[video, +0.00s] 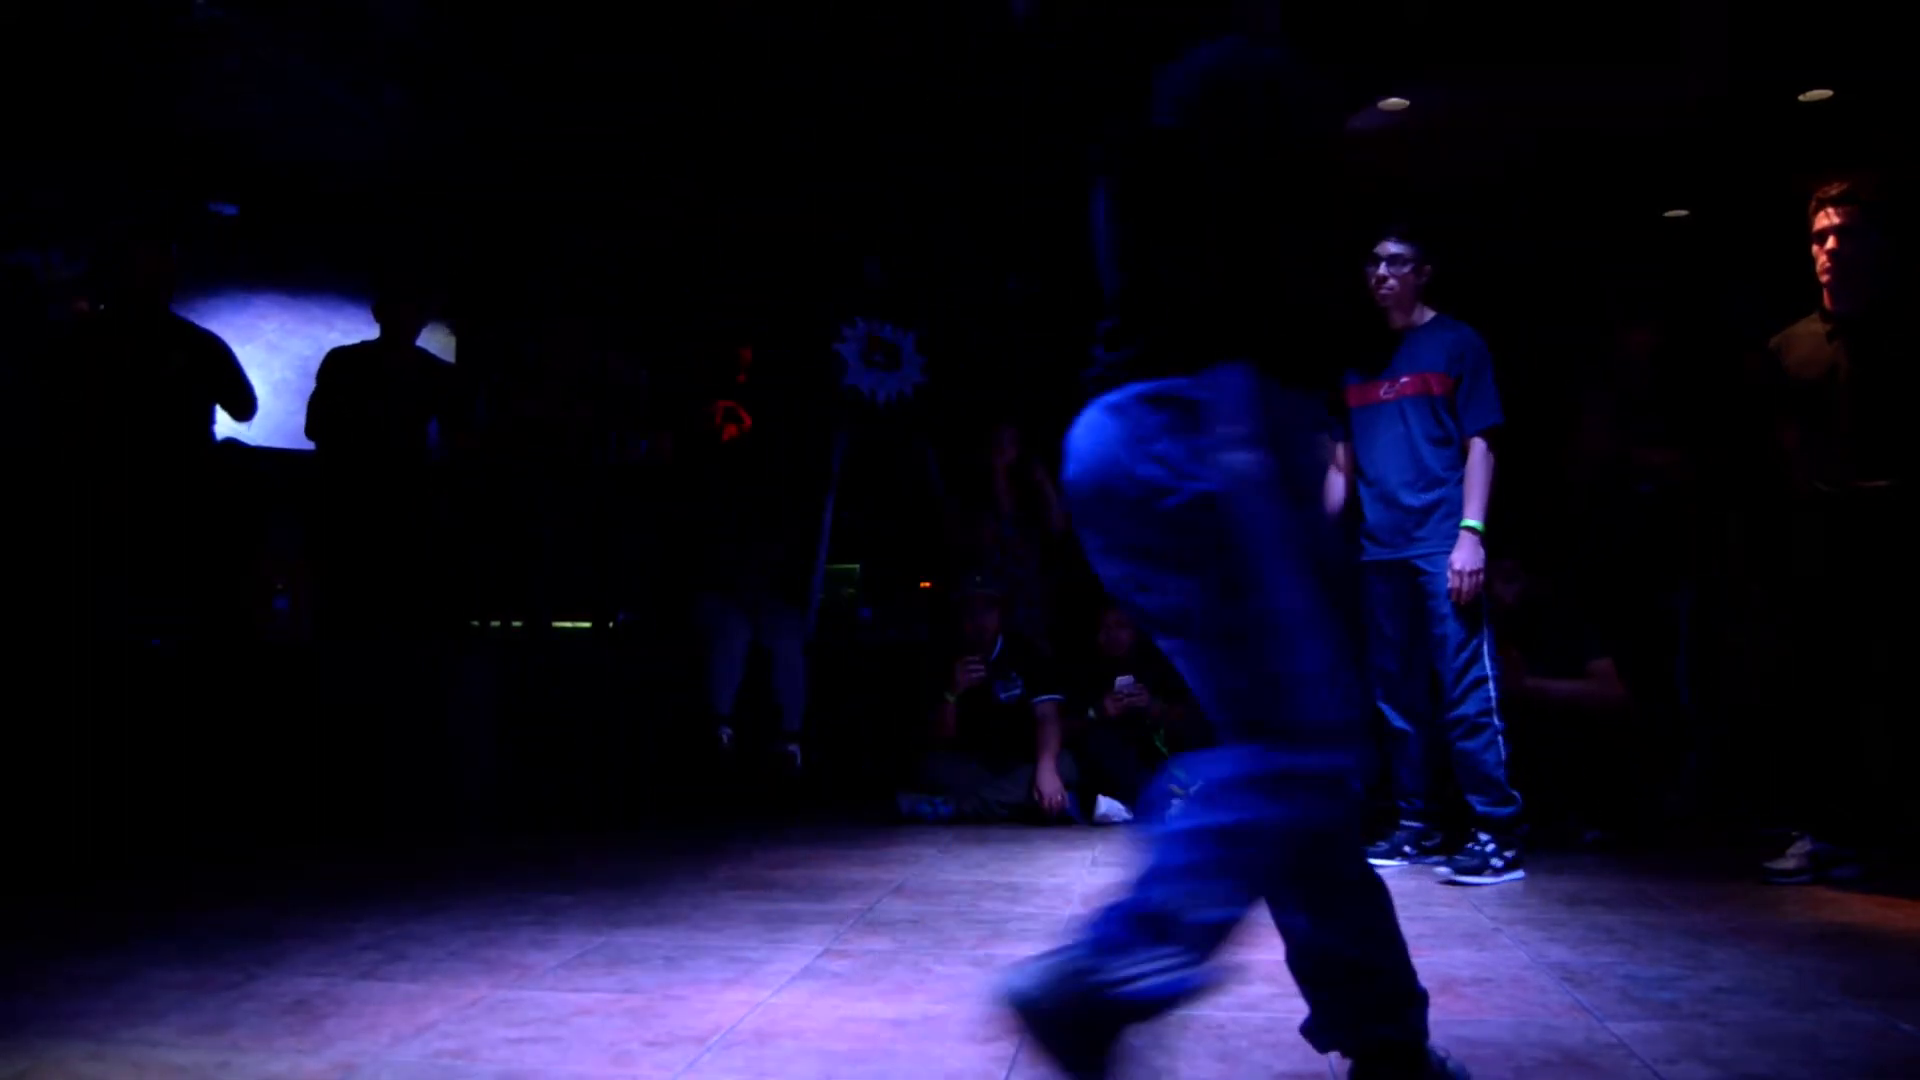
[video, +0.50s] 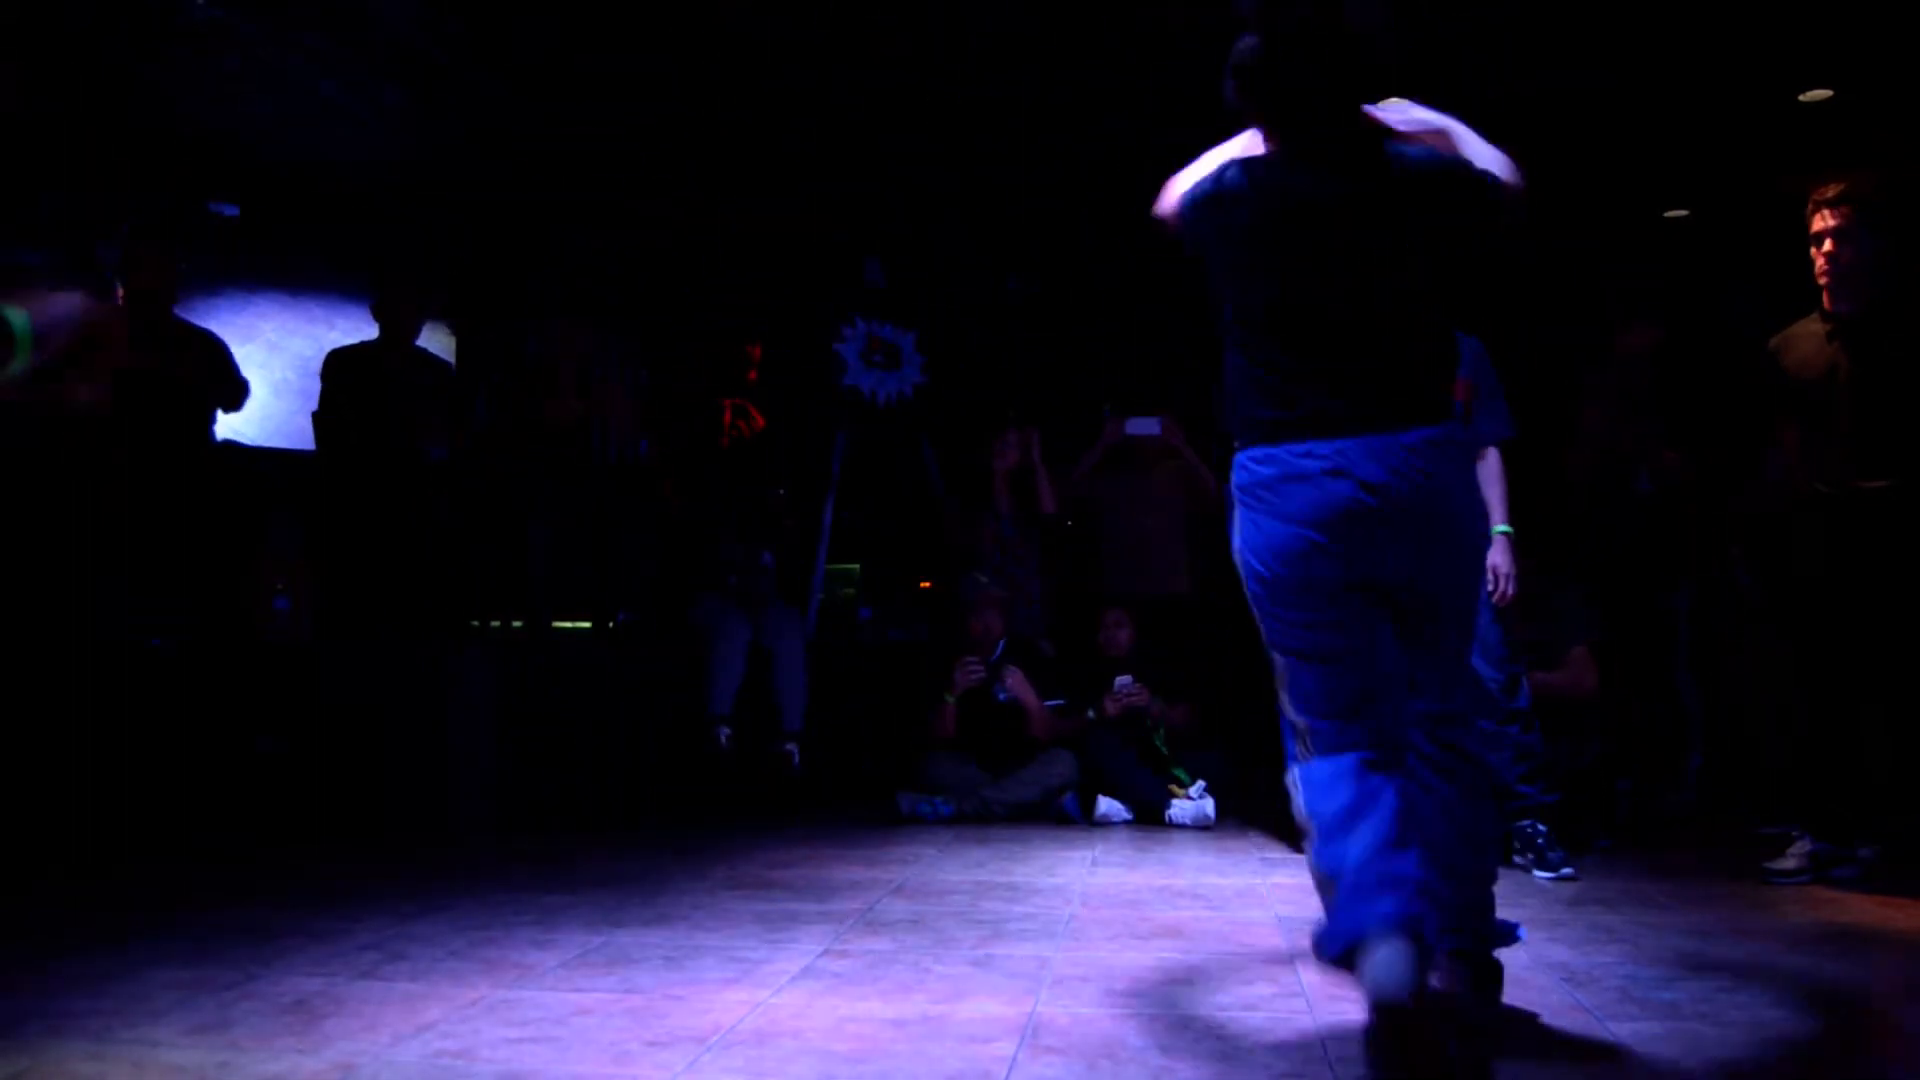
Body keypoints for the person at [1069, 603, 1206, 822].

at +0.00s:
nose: (1115, 637)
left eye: (1122, 628)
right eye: (1107, 629)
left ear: (1134, 630)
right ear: (1097, 634)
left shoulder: (1149, 658)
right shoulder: (1085, 667)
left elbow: (1187, 713)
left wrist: (1150, 704)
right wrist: (1101, 712)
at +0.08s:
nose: (1114, 636)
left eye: (1121, 628)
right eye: (1106, 629)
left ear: (1134, 632)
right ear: (1096, 634)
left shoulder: (1151, 667)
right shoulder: (1089, 671)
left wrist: (1149, 705)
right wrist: (1102, 712)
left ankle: (1129, 806)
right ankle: (1167, 807)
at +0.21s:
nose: (1113, 636)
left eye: (1120, 628)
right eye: (1106, 629)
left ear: (1134, 632)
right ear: (1097, 634)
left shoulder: (1151, 666)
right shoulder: (1089, 669)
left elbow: (1183, 715)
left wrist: (1149, 704)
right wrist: (1103, 711)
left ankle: (1129, 805)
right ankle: (1168, 806)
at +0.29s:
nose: (1112, 635)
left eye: (1120, 627)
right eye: (1106, 628)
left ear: (1134, 632)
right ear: (1096, 634)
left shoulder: (1151, 667)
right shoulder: (1089, 671)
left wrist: (1150, 705)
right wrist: (1103, 712)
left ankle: (1129, 807)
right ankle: (1168, 807)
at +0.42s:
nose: (1112, 635)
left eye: (1120, 627)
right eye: (1105, 628)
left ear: (1133, 632)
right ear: (1097, 634)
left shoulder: (1151, 667)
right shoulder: (1088, 671)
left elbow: (1182, 717)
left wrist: (1150, 704)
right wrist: (1102, 712)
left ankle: (1129, 807)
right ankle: (1168, 807)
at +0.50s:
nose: (1113, 635)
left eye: (1120, 627)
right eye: (1106, 628)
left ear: (1133, 632)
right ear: (1097, 634)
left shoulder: (1151, 666)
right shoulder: (1088, 671)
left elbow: (1181, 717)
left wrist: (1150, 704)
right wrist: (1103, 712)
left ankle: (1129, 807)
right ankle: (1168, 807)